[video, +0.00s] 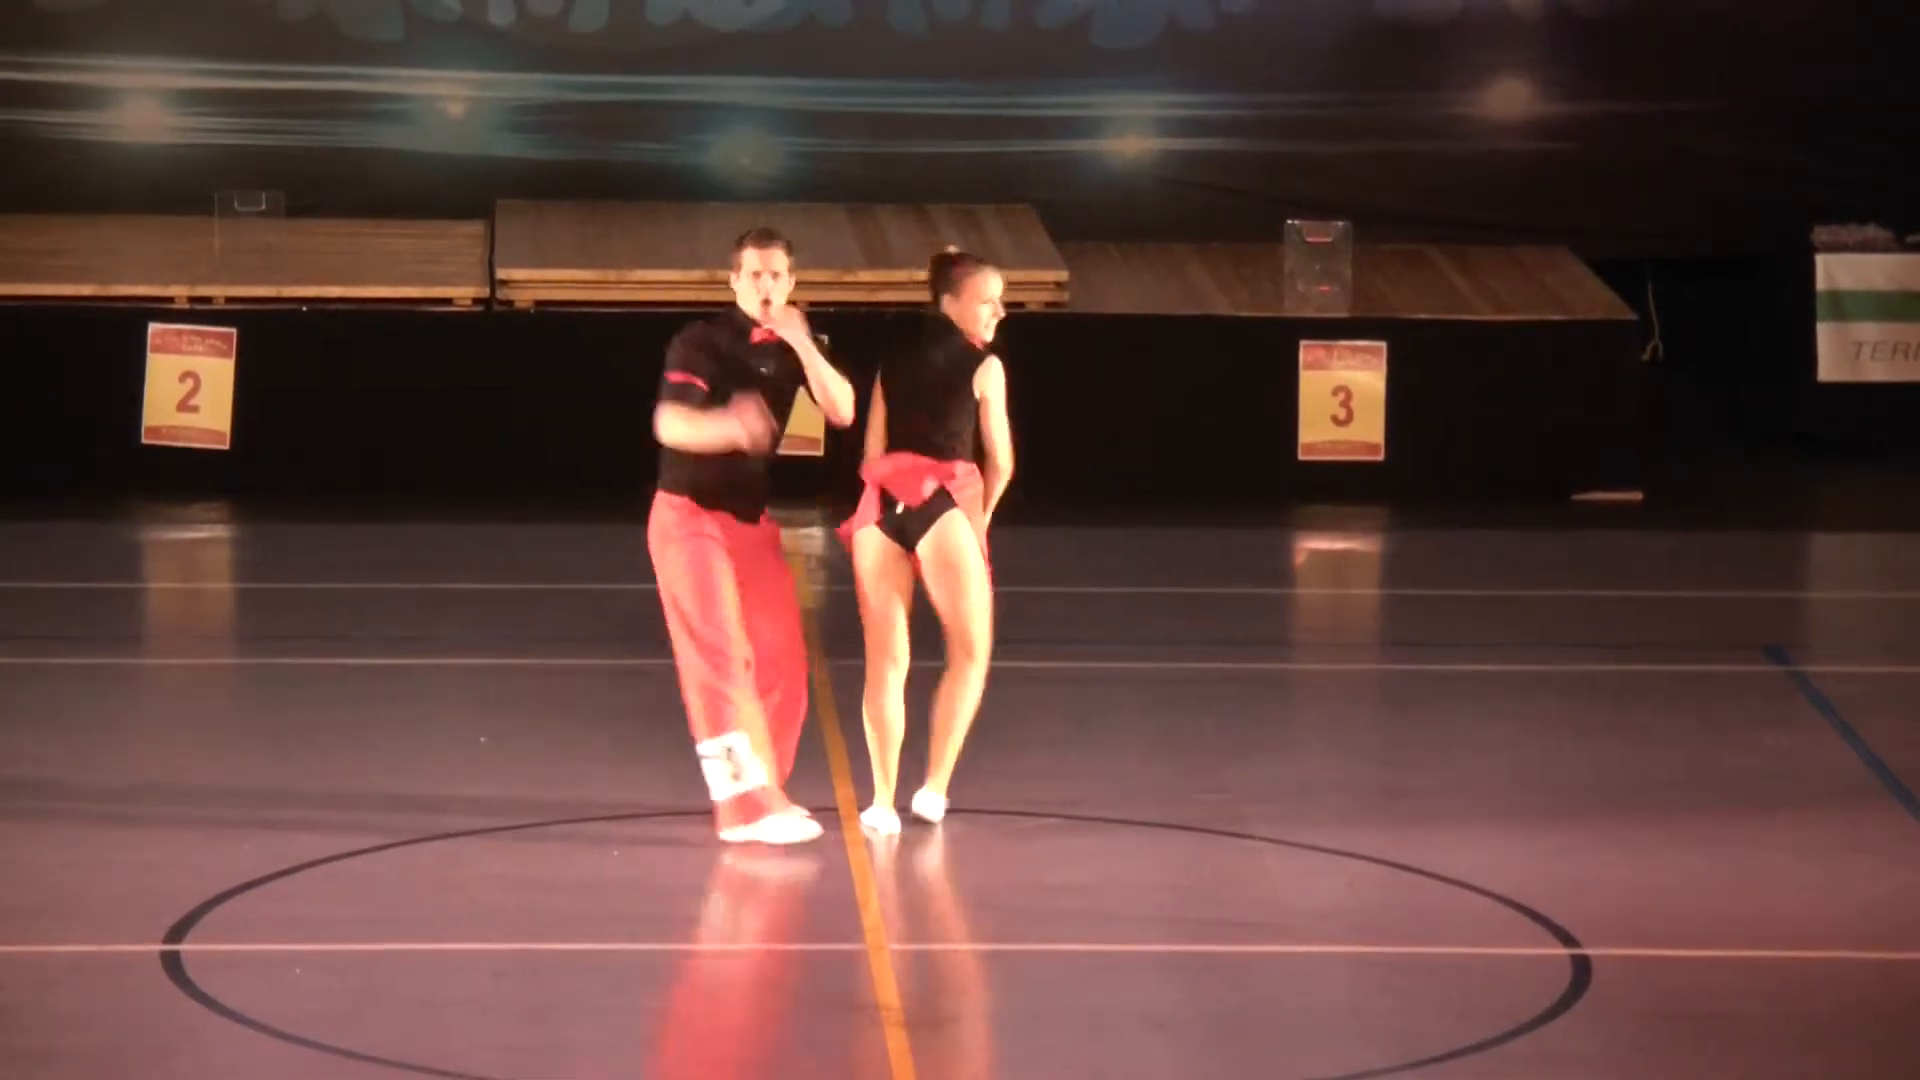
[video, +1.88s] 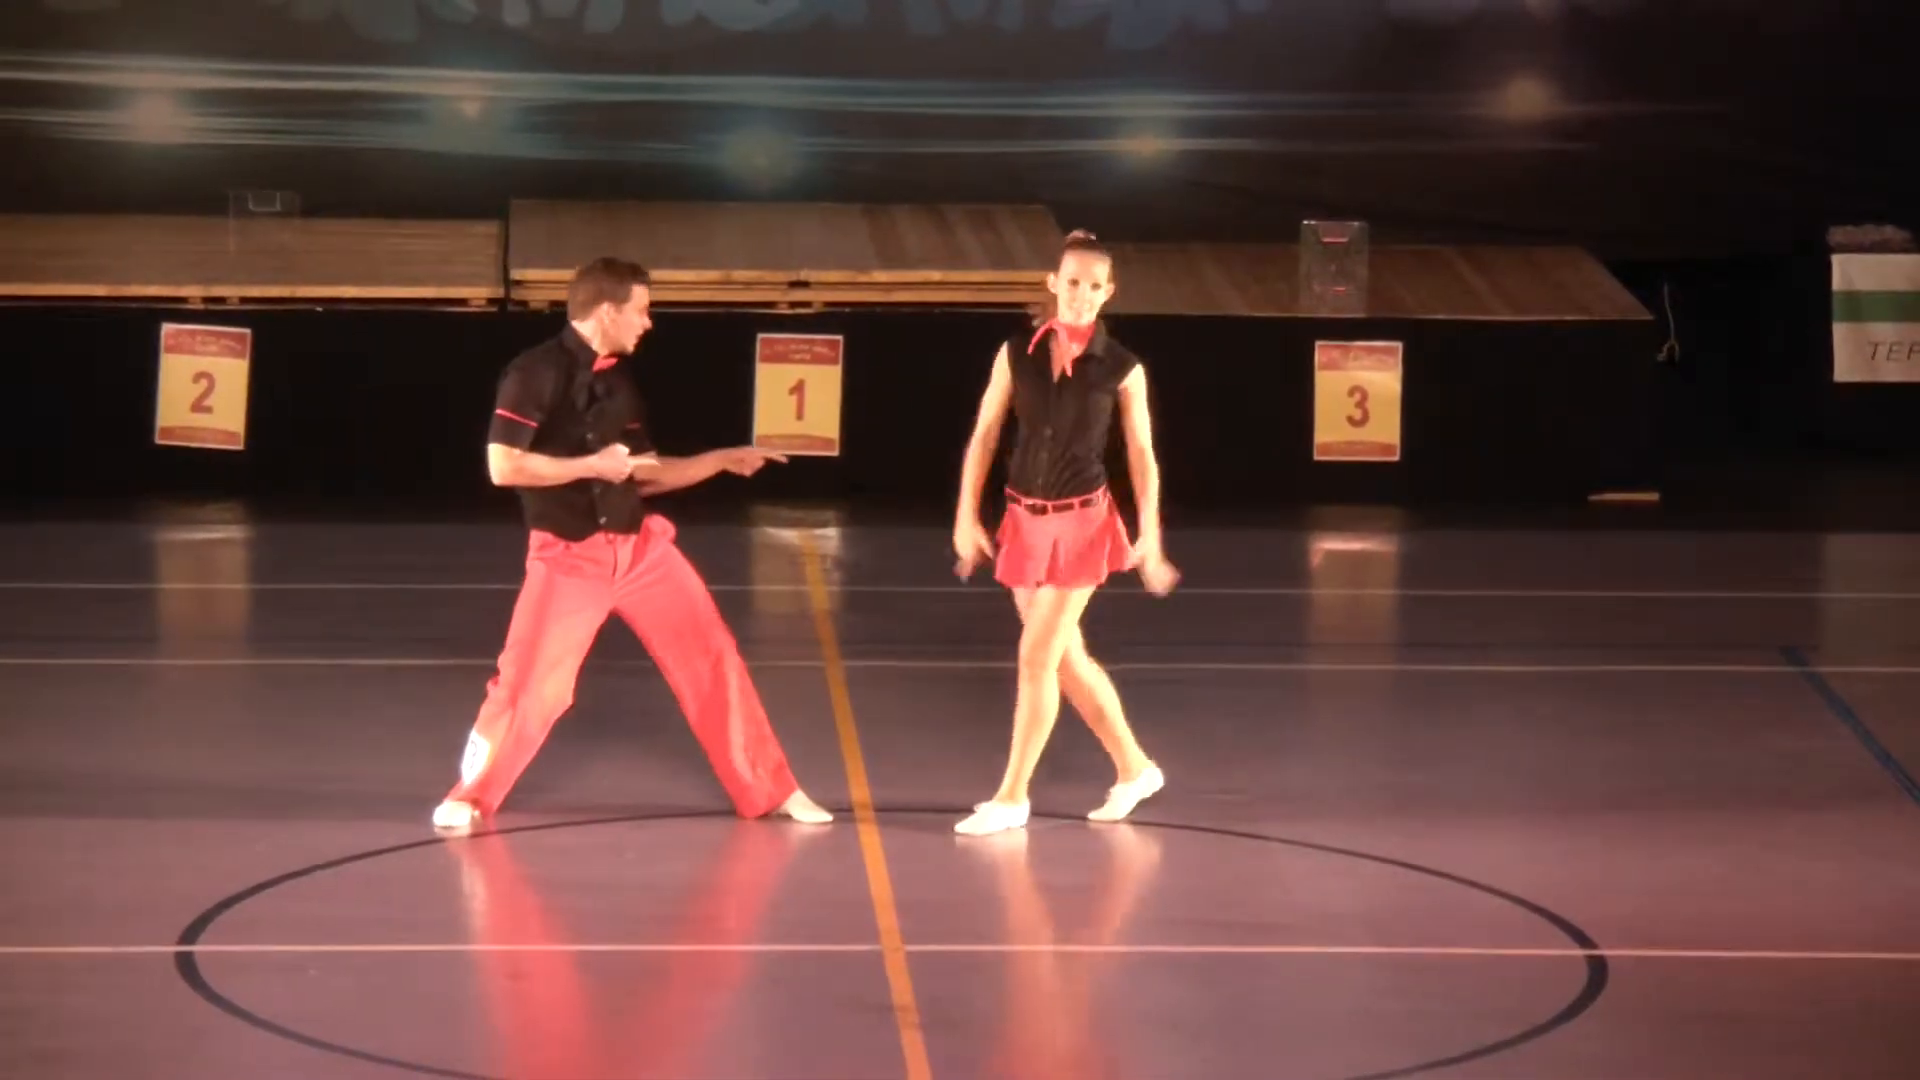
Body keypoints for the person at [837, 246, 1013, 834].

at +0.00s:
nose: (998, 313)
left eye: (998, 302)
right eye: (989, 301)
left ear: (943, 302)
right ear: (953, 300)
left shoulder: (891, 360)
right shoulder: (982, 364)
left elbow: (873, 450)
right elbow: (1000, 462)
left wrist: (879, 508)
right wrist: (978, 518)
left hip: (876, 503)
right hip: (943, 502)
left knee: (884, 661)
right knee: (969, 653)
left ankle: (882, 801)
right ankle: (934, 788)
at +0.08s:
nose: (1003, 298)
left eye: (1002, 286)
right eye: (998, 287)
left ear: (946, 292)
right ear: (974, 292)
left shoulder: (899, 352)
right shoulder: (1000, 355)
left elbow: (865, 441)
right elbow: (1042, 435)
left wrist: (864, 510)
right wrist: (999, 441)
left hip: (880, 508)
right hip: (945, 511)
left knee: (886, 661)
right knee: (1007, 634)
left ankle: (882, 802)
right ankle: (983, 774)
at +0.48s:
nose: (954, 309)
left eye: (955, 301)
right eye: (960, 300)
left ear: (961, 308)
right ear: (1010, 305)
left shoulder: (938, 378)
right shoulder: (1046, 372)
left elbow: (934, 466)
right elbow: (1054, 464)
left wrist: (874, 437)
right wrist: (1084, 430)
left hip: (957, 521)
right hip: (1030, 521)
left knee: (900, 660)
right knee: (1072, 660)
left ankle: (901, 802)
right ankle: (1079, 798)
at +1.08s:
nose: (1023, 340)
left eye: (1020, 332)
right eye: (1062, 330)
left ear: (1016, 340)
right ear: (1071, 339)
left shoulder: (1003, 419)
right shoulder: (1102, 400)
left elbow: (999, 516)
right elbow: (1154, 474)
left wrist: (935, 475)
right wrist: (1145, 415)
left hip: (977, 550)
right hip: (1044, 566)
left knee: (913, 659)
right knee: (1112, 671)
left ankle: (913, 802)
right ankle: (1074, 797)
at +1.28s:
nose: (1011, 293)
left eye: (1021, 284)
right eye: (1014, 282)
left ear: (1053, 295)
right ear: (1065, 296)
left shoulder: (1033, 361)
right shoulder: (1104, 354)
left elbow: (1025, 450)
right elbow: (1142, 427)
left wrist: (940, 472)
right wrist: (1080, 433)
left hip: (1027, 511)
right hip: (1083, 513)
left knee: (974, 655)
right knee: (1085, 663)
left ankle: (940, 795)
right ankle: (1094, 796)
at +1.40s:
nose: (1050, 291)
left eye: (1064, 283)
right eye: (1044, 278)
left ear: (1088, 290)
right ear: (1032, 279)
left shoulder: (1073, 357)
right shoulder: (1046, 344)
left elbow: (1084, 457)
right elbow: (1049, 444)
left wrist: (1048, 535)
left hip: (1048, 513)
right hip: (1057, 509)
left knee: (1027, 664)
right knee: (1096, 654)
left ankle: (1007, 801)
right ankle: (1137, 782)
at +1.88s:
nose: (1081, 295)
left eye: (1093, 285)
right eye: (1072, 281)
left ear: (1108, 292)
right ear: (1052, 282)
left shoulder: (1122, 369)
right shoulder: (1015, 354)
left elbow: (1142, 454)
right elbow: (984, 436)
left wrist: (1149, 537)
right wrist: (967, 513)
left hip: (1084, 522)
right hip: (1021, 519)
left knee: (1036, 657)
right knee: (1068, 660)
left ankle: (1012, 798)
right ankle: (1136, 768)